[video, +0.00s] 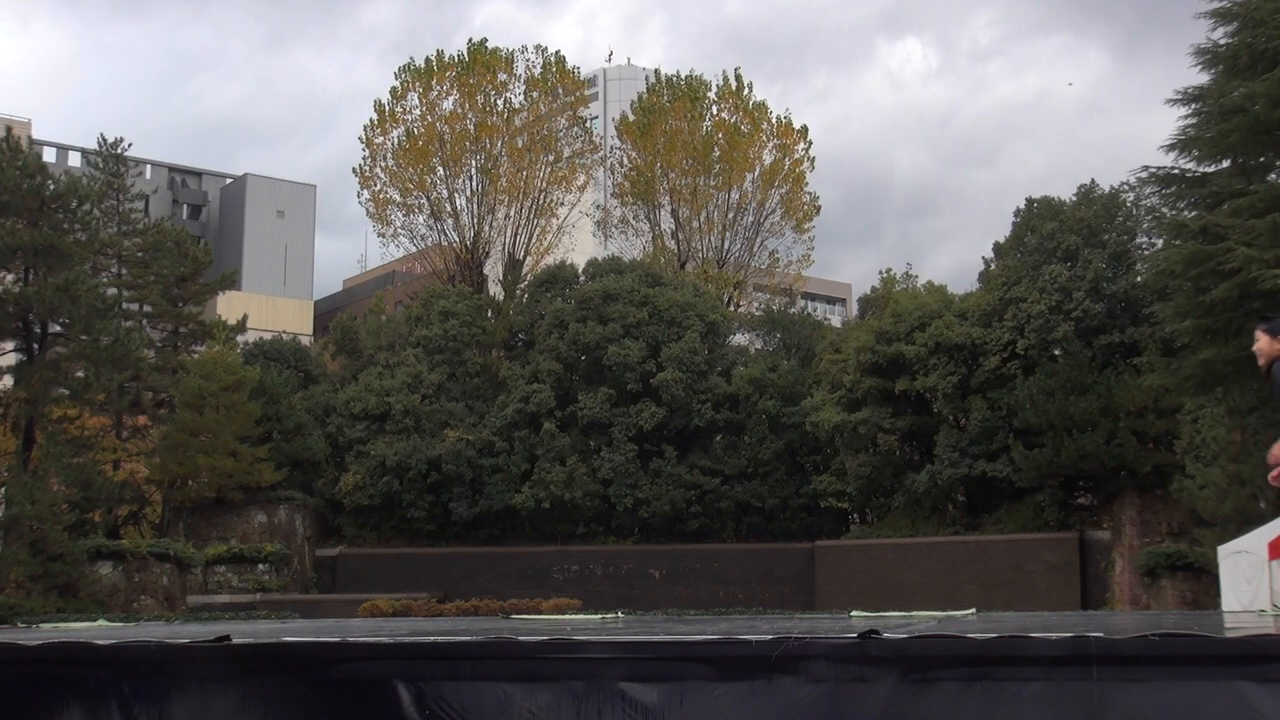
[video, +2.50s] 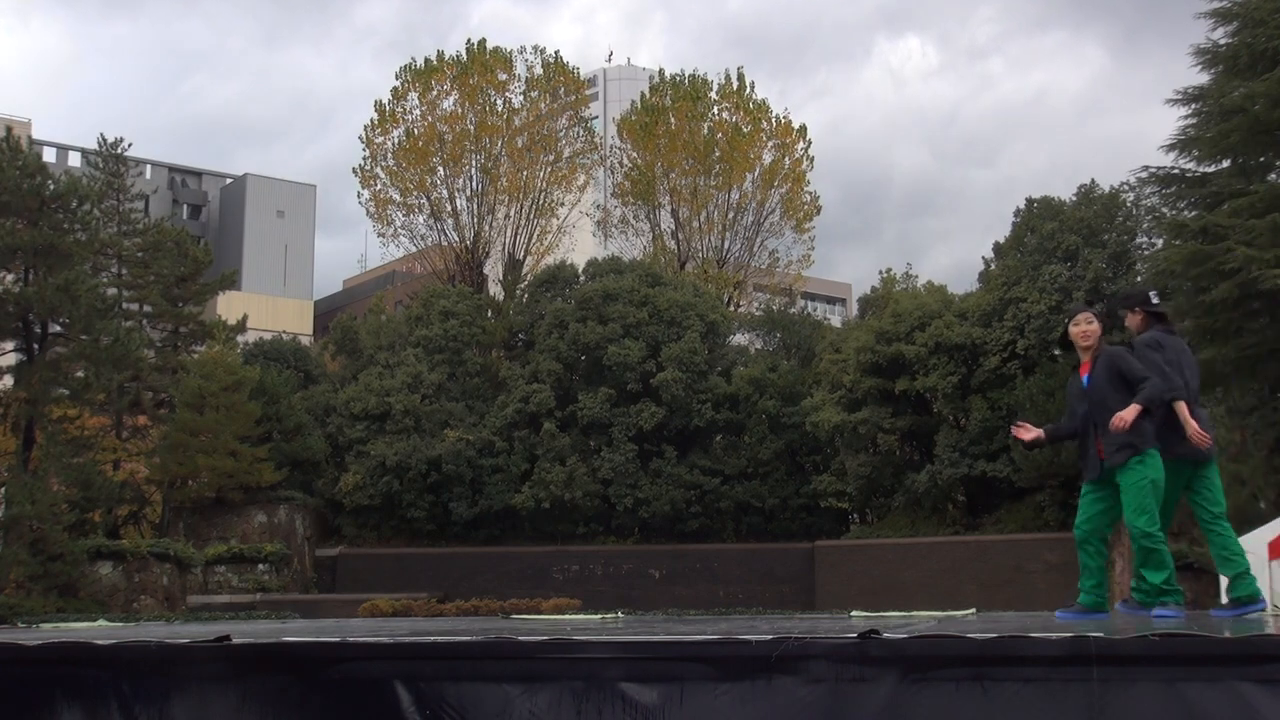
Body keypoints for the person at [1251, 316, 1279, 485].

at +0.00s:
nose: (1253, 348)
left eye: (1258, 340)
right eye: (1255, 341)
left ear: (1276, 342)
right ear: (1274, 342)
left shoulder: (1276, 372)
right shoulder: (1274, 373)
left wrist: (1274, 452)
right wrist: (1279, 467)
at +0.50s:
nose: (1187, 321)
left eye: (1191, 313)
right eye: (1187, 314)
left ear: (1212, 314)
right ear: (1212, 316)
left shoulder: (1227, 352)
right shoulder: (1219, 354)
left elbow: (1249, 394)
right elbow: (1213, 411)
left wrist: (1258, 437)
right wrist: (1173, 419)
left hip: (1247, 450)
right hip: (1243, 450)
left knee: (1248, 529)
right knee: (1232, 532)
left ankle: (1279, 592)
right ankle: (1233, 604)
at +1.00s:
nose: (1116, 345)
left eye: (1115, 336)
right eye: (1113, 339)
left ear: (1131, 326)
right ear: (1131, 328)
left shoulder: (1163, 349)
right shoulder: (1150, 357)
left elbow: (1167, 391)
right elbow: (1168, 402)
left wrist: (1132, 420)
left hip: (1197, 451)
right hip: (1170, 454)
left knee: (1173, 521)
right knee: (1140, 498)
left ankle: (1185, 599)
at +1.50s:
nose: (1141, 325)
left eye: (1146, 318)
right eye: (1133, 321)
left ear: (1155, 323)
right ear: (1124, 330)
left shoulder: (1166, 347)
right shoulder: (1137, 366)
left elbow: (1188, 382)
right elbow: (1143, 405)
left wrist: (1159, 408)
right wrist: (1129, 429)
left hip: (1177, 456)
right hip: (1139, 457)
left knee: (1158, 526)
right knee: (1104, 503)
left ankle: (1170, 602)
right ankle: (1154, 476)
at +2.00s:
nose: (1132, 314)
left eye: (1136, 309)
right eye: (1124, 312)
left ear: (1145, 316)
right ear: (1114, 325)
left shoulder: (1164, 339)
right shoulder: (1127, 363)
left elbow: (1201, 368)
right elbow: (1140, 398)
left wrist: (1184, 400)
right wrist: (1127, 424)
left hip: (1166, 446)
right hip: (1126, 442)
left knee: (1161, 523)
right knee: (1079, 482)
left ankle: (1169, 600)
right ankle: (1126, 473)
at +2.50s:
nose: (1084, 329)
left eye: (1089, 323)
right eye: (1077, 325)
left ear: (1101, 329)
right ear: (1069, 335)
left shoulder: (1115, 357)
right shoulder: (1076, 381)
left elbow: (1156, 384)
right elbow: (1075, 426)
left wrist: (1134, 407)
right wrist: (1041, 434)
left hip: (1137, 458)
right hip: (1100, 467)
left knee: (1142, 527)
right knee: (1087, 531)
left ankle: (1169, 599)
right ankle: (1093, 601)